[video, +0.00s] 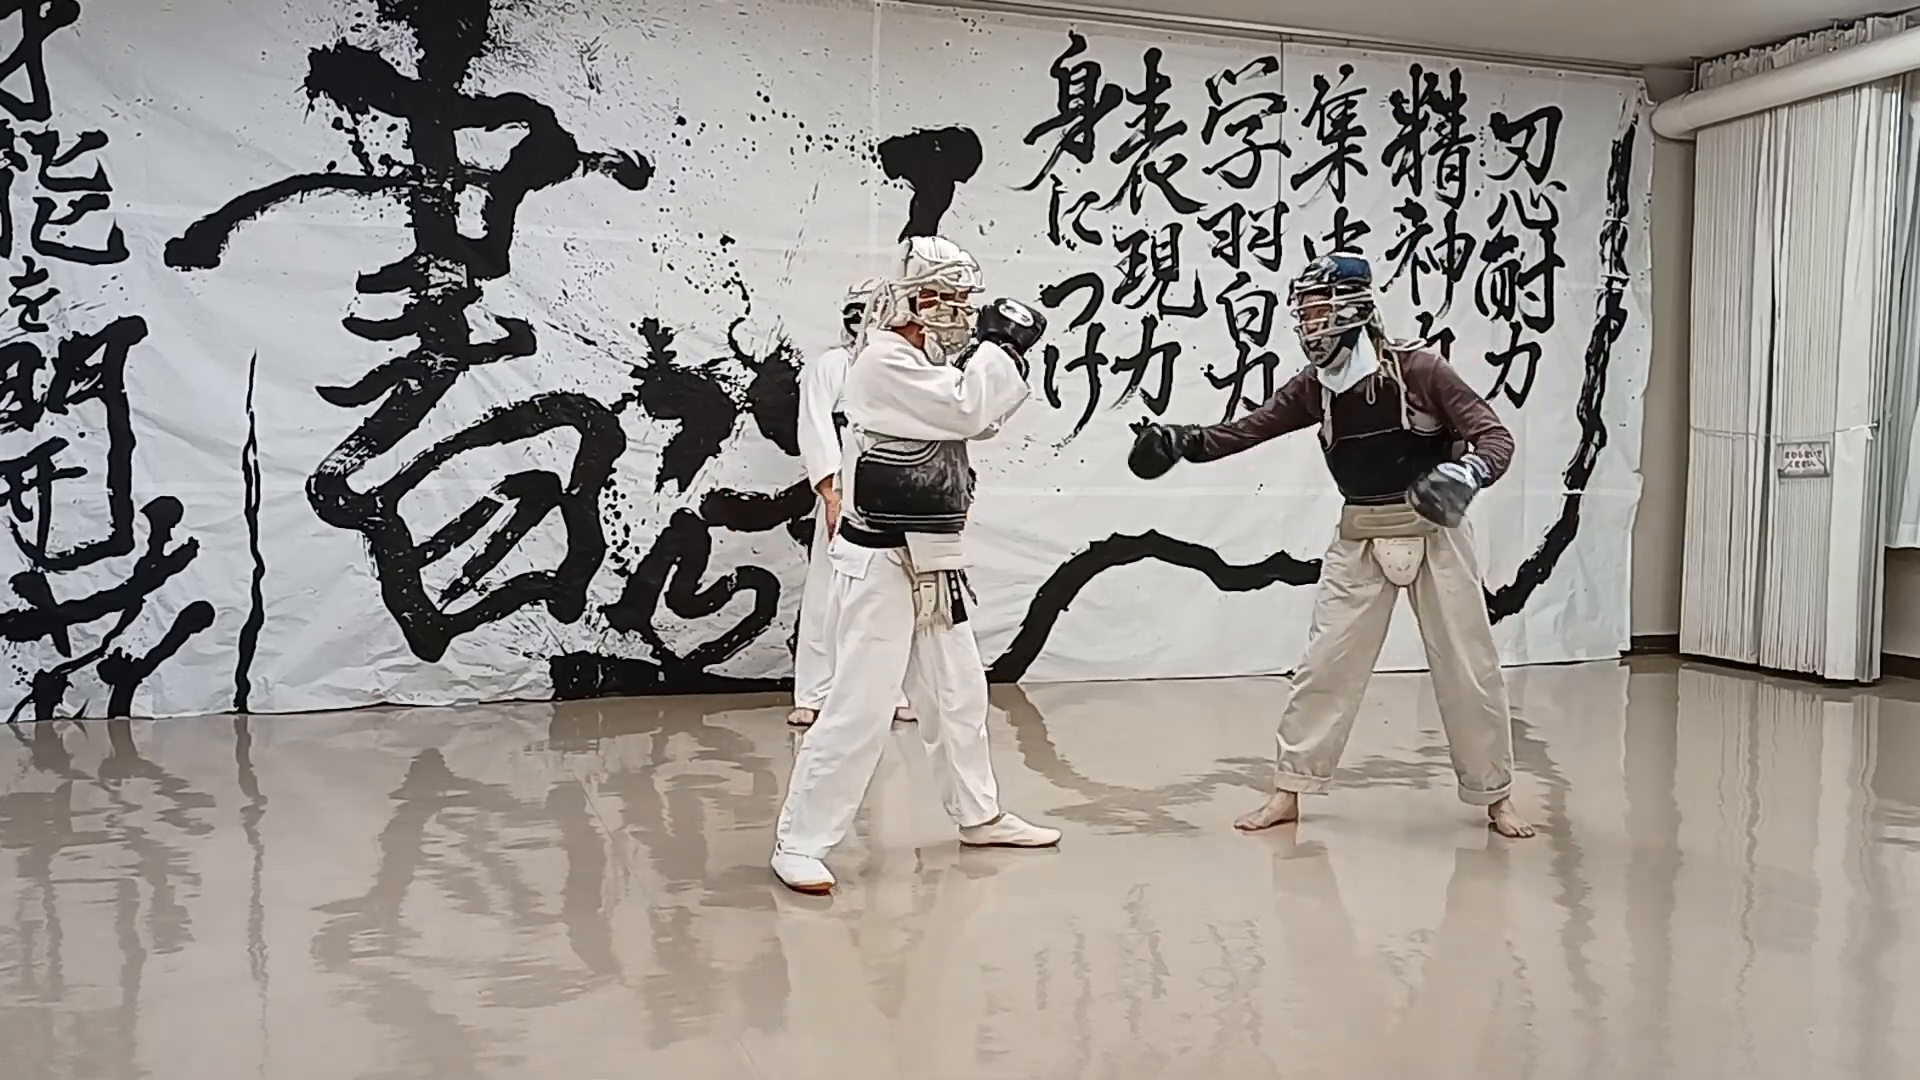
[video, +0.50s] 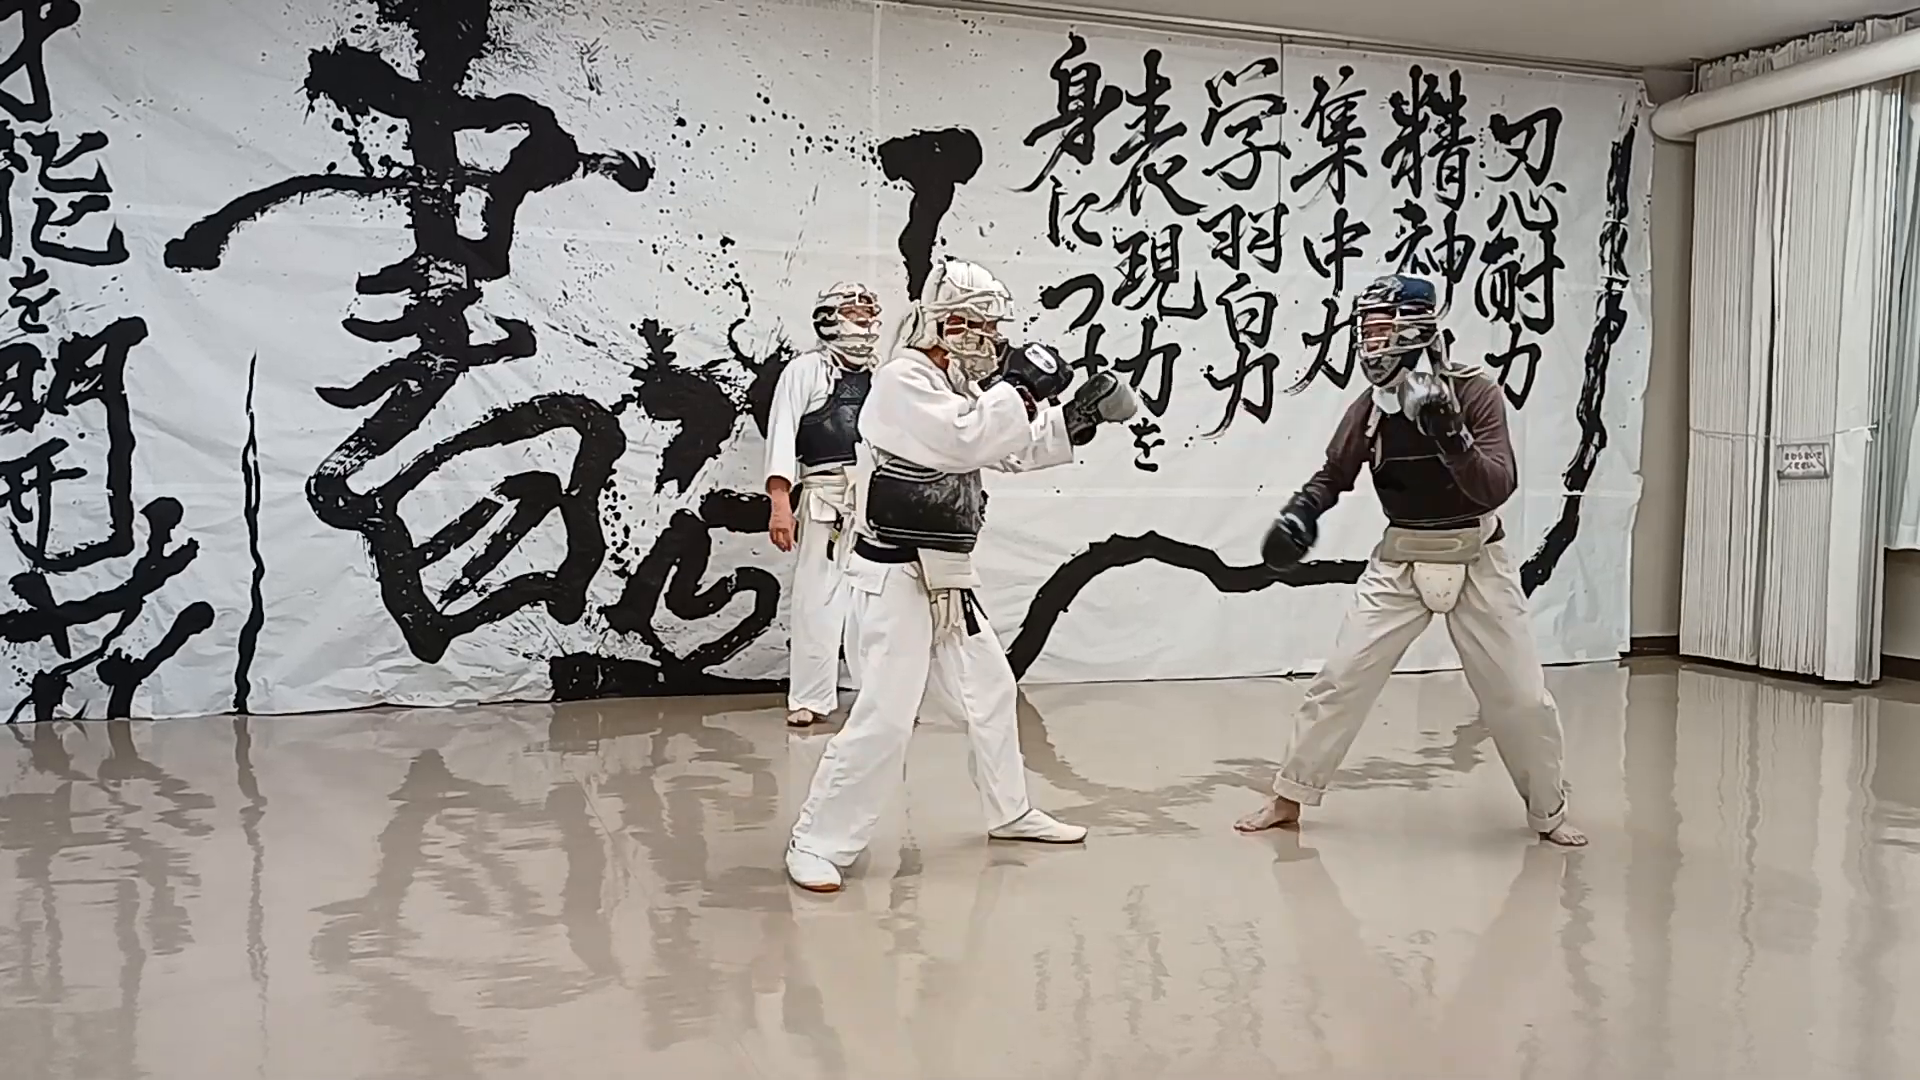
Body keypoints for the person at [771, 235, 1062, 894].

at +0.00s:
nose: (954, 313)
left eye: (961, 301)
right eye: (943, 300)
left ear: (965, 305)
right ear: (910, 299)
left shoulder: (937, 363)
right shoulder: (880, 360)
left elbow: (982, 422)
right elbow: (962, 408)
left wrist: (1009, 358)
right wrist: (1001, 347)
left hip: (934, 555)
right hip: (877, 556)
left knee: (959, 693)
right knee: (858, 707)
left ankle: (979, 818)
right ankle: (799, 847)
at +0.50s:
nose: (980, 338)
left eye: (987, 327)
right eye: (967, 324)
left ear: (995, 332)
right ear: (937, 326)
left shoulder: (972, 393)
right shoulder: (902, 379)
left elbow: (1018, 450)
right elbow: (964, 438)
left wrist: (1078, 421)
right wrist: (1022, 389)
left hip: (946, 572)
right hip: (889, 571)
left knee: (991, 690)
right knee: (885, 717)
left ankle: (1010, 813)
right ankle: (815, 846)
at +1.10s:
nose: (1007, 334)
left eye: (1012, 324)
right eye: (995, 321)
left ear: (1010, 326)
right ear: (961, 320)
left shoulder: (986, 385)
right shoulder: (925, 376)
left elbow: (1021, 450)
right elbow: (995, 426)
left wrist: (1078, 408)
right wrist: (1046, 368)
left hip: (974, 572)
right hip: (918, 574)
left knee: (1018, 693)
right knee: (905, 715)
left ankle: (1046, 813)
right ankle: (841, 844)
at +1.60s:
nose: (1073, 359)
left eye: (1079, 348)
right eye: (1059, 348)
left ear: (1084, 350)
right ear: (1028, 349)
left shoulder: (1059, 407)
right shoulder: (994, 408)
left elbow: (1072, 467)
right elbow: (1055, 478)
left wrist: (1127, 419)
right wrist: (1117, 428)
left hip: (1029, 588)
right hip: (972, 591)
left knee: (1095, 688)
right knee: (962, 721)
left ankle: (1110, 804)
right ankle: (890, 822)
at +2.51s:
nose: (1092, 341)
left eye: (1102, 330)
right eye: (1079, 327)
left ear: (1110, 333)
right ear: (1050, 325)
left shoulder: (1081, 396)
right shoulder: (1005, 382)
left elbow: (1084, 482)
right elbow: (1028, 478)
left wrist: (1140, 472)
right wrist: (1115, 472)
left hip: (1068, 566)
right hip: (1005, 568)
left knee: (1133, 672)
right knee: (981, 697)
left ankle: (1149, 794)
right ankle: (909, 836)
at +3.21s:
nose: (1043, 354)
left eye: (1052, 342)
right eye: (1027, 341)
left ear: (1061, 346)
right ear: (996, 343)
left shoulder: (1043, 413)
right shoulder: (954, 412)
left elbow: (1045, 489)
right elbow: (960, 512)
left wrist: (1067, 519)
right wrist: (1035, 523)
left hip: (1029, 583)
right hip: (960, 591)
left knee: (1111, 683)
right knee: (938, 713)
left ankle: (1105, 790)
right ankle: (875, 829)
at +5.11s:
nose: (1177, 332)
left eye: (1184, 321)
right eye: (1162, 319)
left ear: (1194, 328)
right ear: (1130, 324)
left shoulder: (1184, 400)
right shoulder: (1100, 384)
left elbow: (1248, 457)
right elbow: (1079, 475)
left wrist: (1290, 439)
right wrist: (1141, 494)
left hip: (1177, 567)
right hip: (1117, 568)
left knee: (1221, 698)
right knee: (1183, 696)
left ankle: (1194, 839)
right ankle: (1082, 760)